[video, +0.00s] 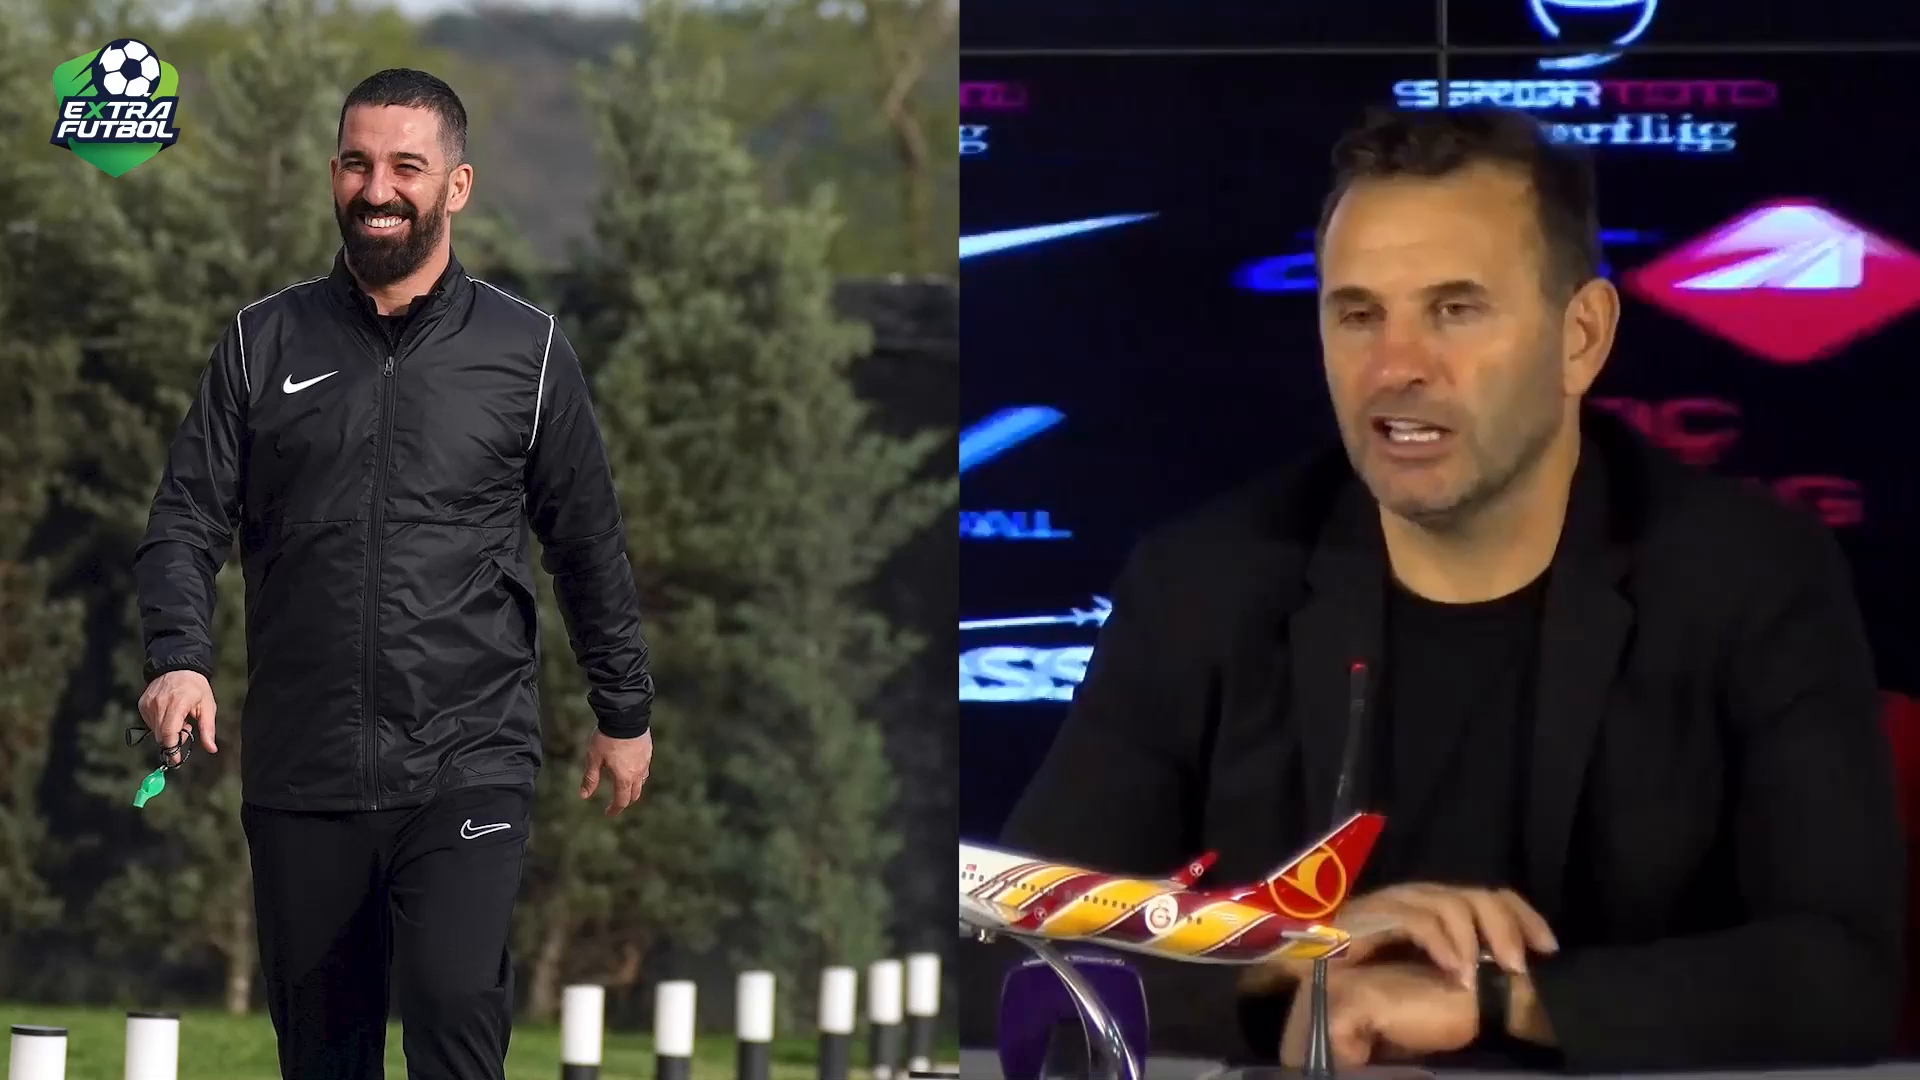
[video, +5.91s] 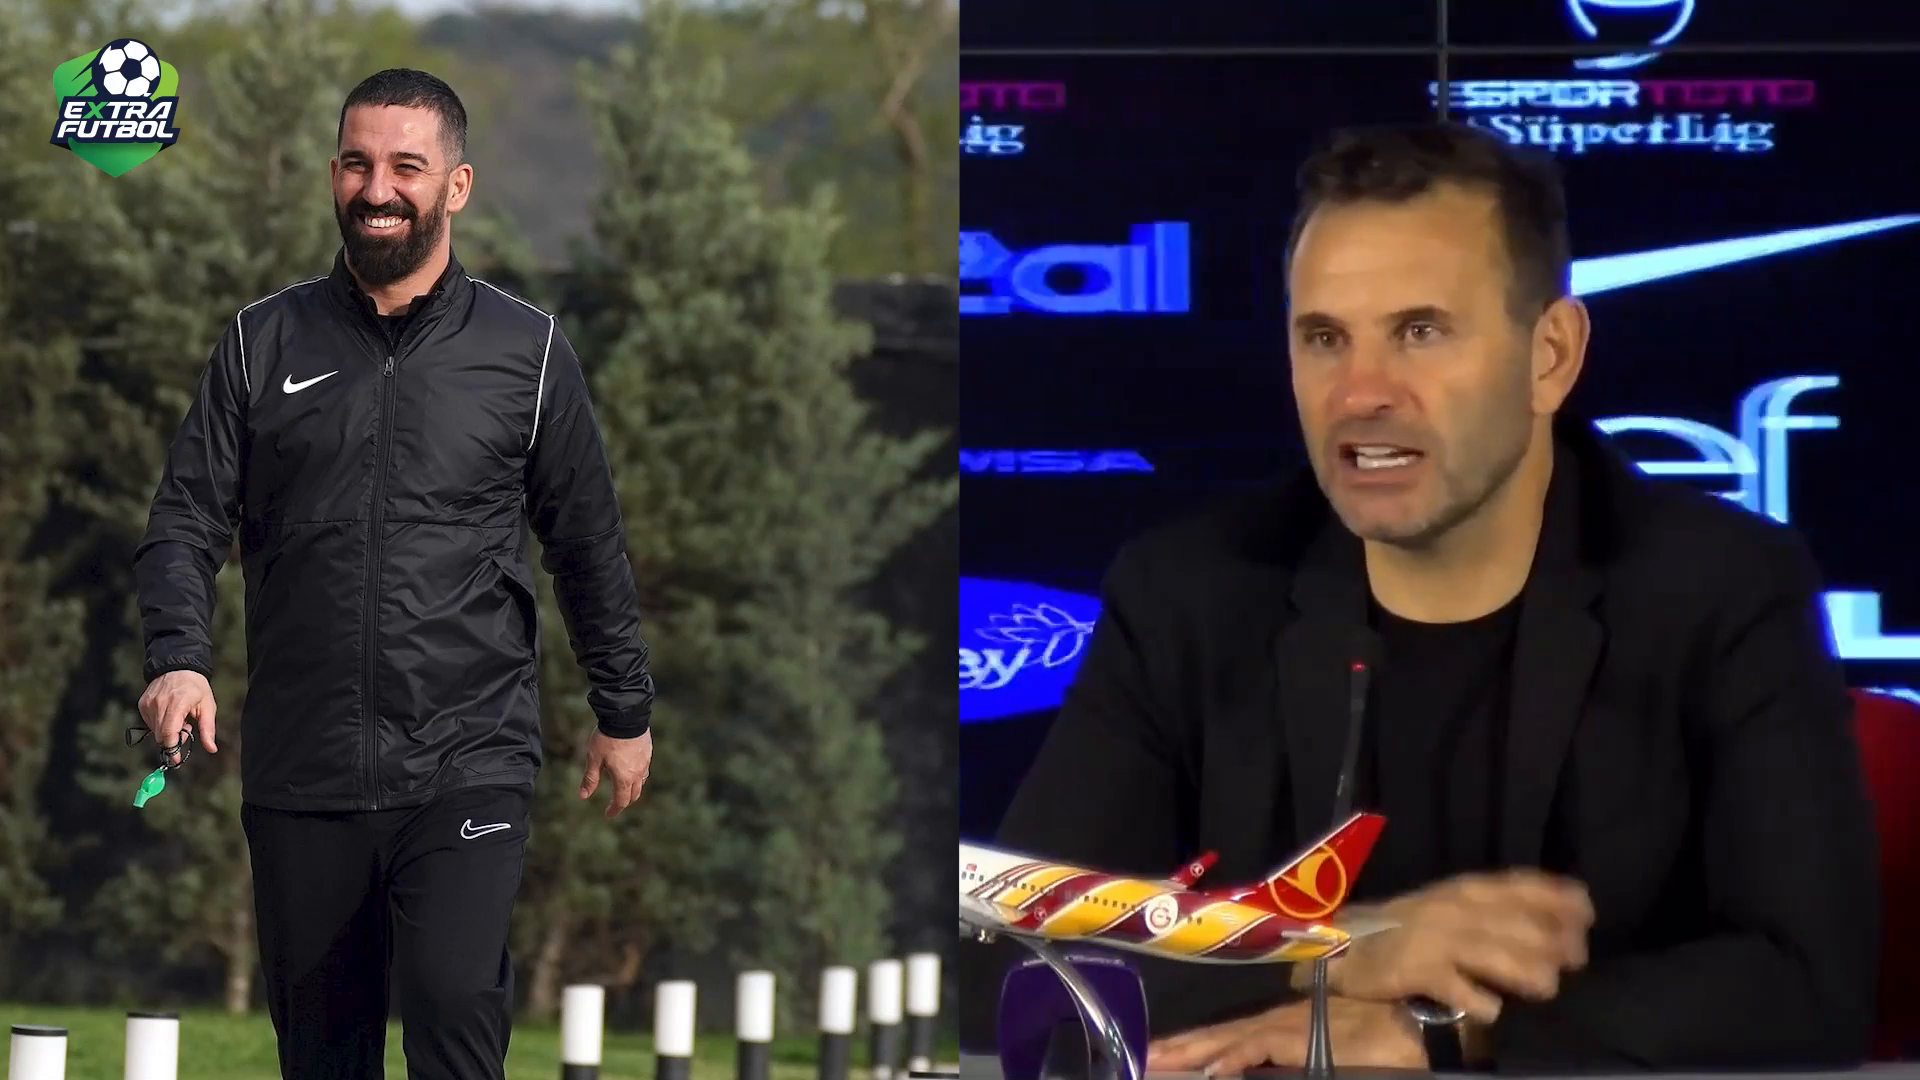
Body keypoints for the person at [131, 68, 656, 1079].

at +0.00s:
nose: (376, 187)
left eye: (405, 164)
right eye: (356, 162)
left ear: (458, 186)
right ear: (334, 177)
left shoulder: (529, 350)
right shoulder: (259, 344)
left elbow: (589, 542)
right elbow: (187, 515)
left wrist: (623, 709)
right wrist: (177, 659)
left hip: (472, 752)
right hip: (303, 755)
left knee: (454, 1017)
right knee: (320, 1041)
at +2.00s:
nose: (376, 187)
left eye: (405, 164)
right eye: (356, 162)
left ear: (458, 185)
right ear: (334, 176)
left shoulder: (529, 349)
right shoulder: (260, 343)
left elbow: (589, 540)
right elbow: (187, 513)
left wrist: (623, 708)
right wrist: (178, 658)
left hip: (472, 753)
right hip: (302, 755)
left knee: (455, 1018)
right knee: (320, 1042)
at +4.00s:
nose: (376, 187)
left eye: (405, 164)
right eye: (356, 162)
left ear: (458, 185)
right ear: (334, 176)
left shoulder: (529, 349)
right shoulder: (259, 343)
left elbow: (588, 540)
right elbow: (187, 513)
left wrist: (623, 709)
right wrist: (178, 658)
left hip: (472, 752)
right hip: (302, 755)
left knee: (455, 1018)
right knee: (320, 1042)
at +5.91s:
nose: (375, 187)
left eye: (405, 164)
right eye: (356, 162)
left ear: (458, 185)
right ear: (334, 177)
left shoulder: (530, 350)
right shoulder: (259, 342)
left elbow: (588, 541)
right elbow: (187, 513)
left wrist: (623, 708)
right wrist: (177, 658)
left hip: (472, 752)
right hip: (301, 755)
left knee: (455, 1018)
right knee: (320, 1043)